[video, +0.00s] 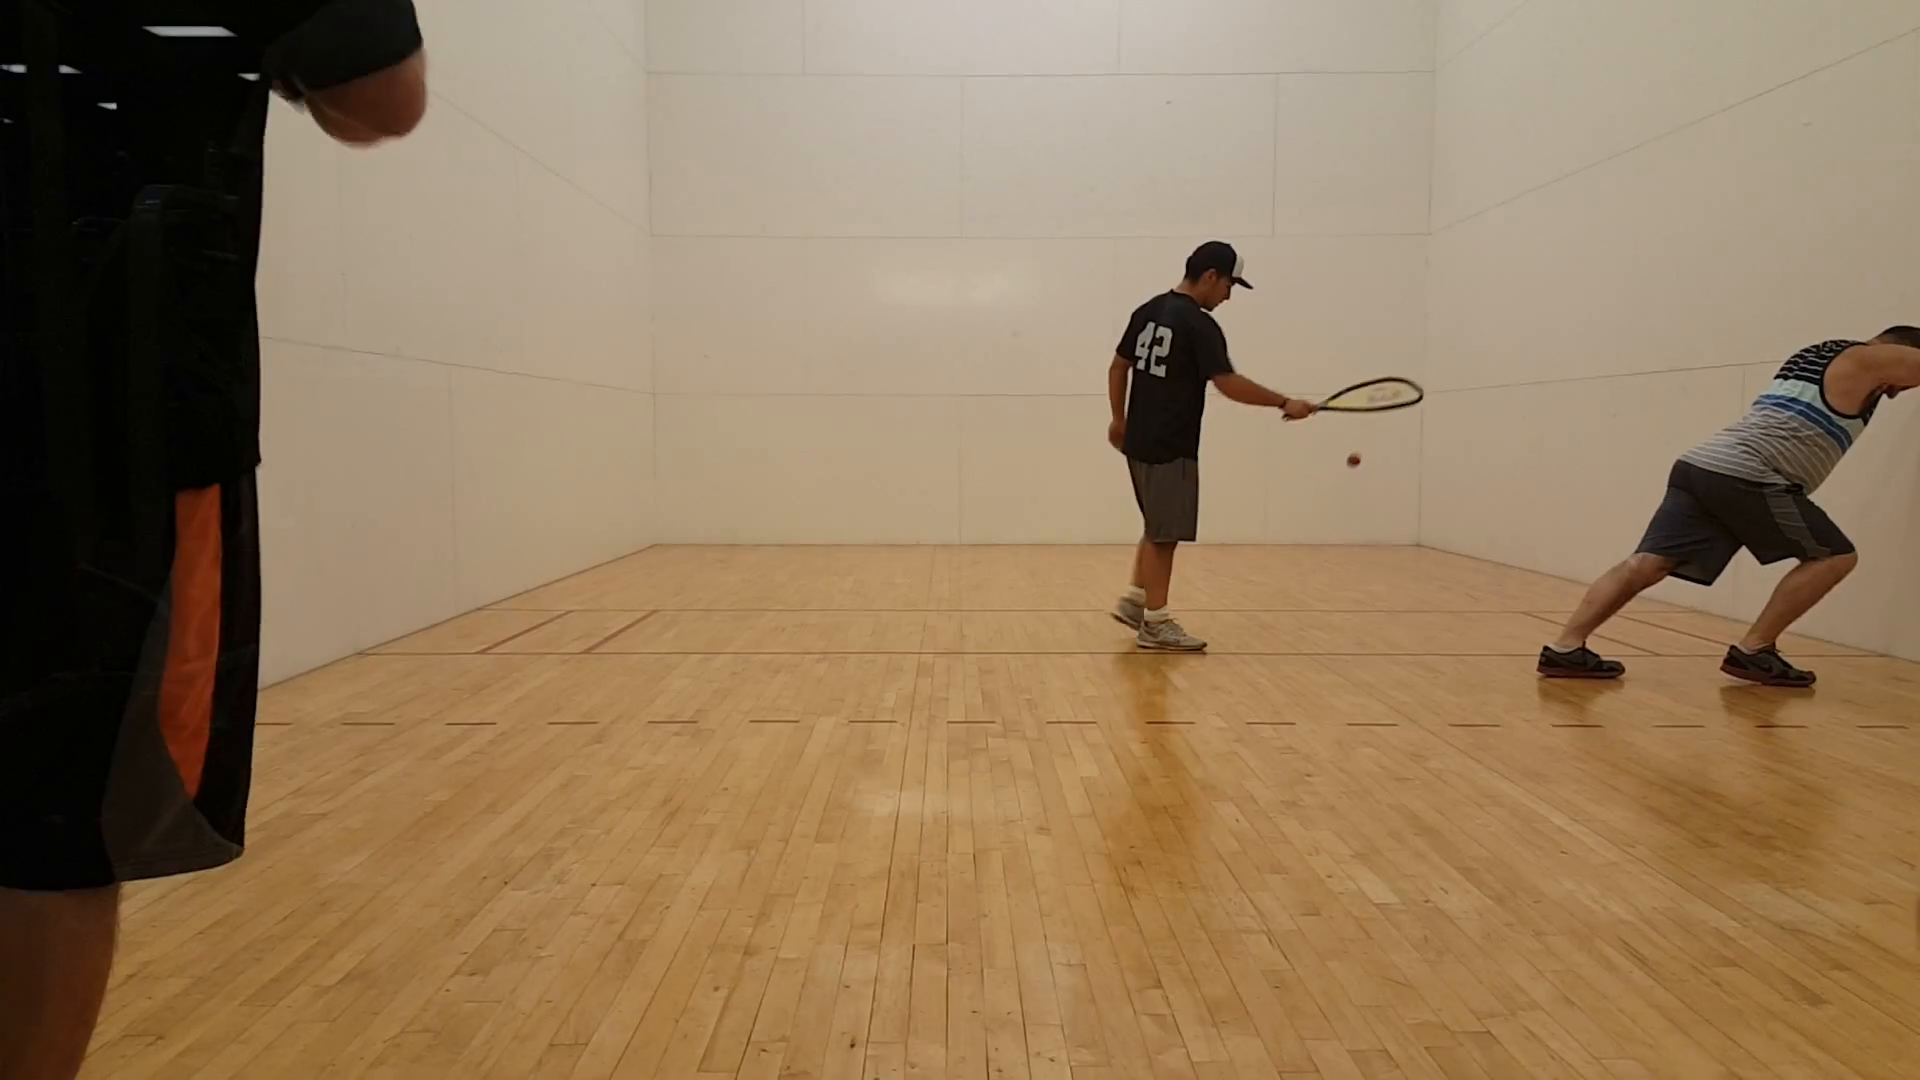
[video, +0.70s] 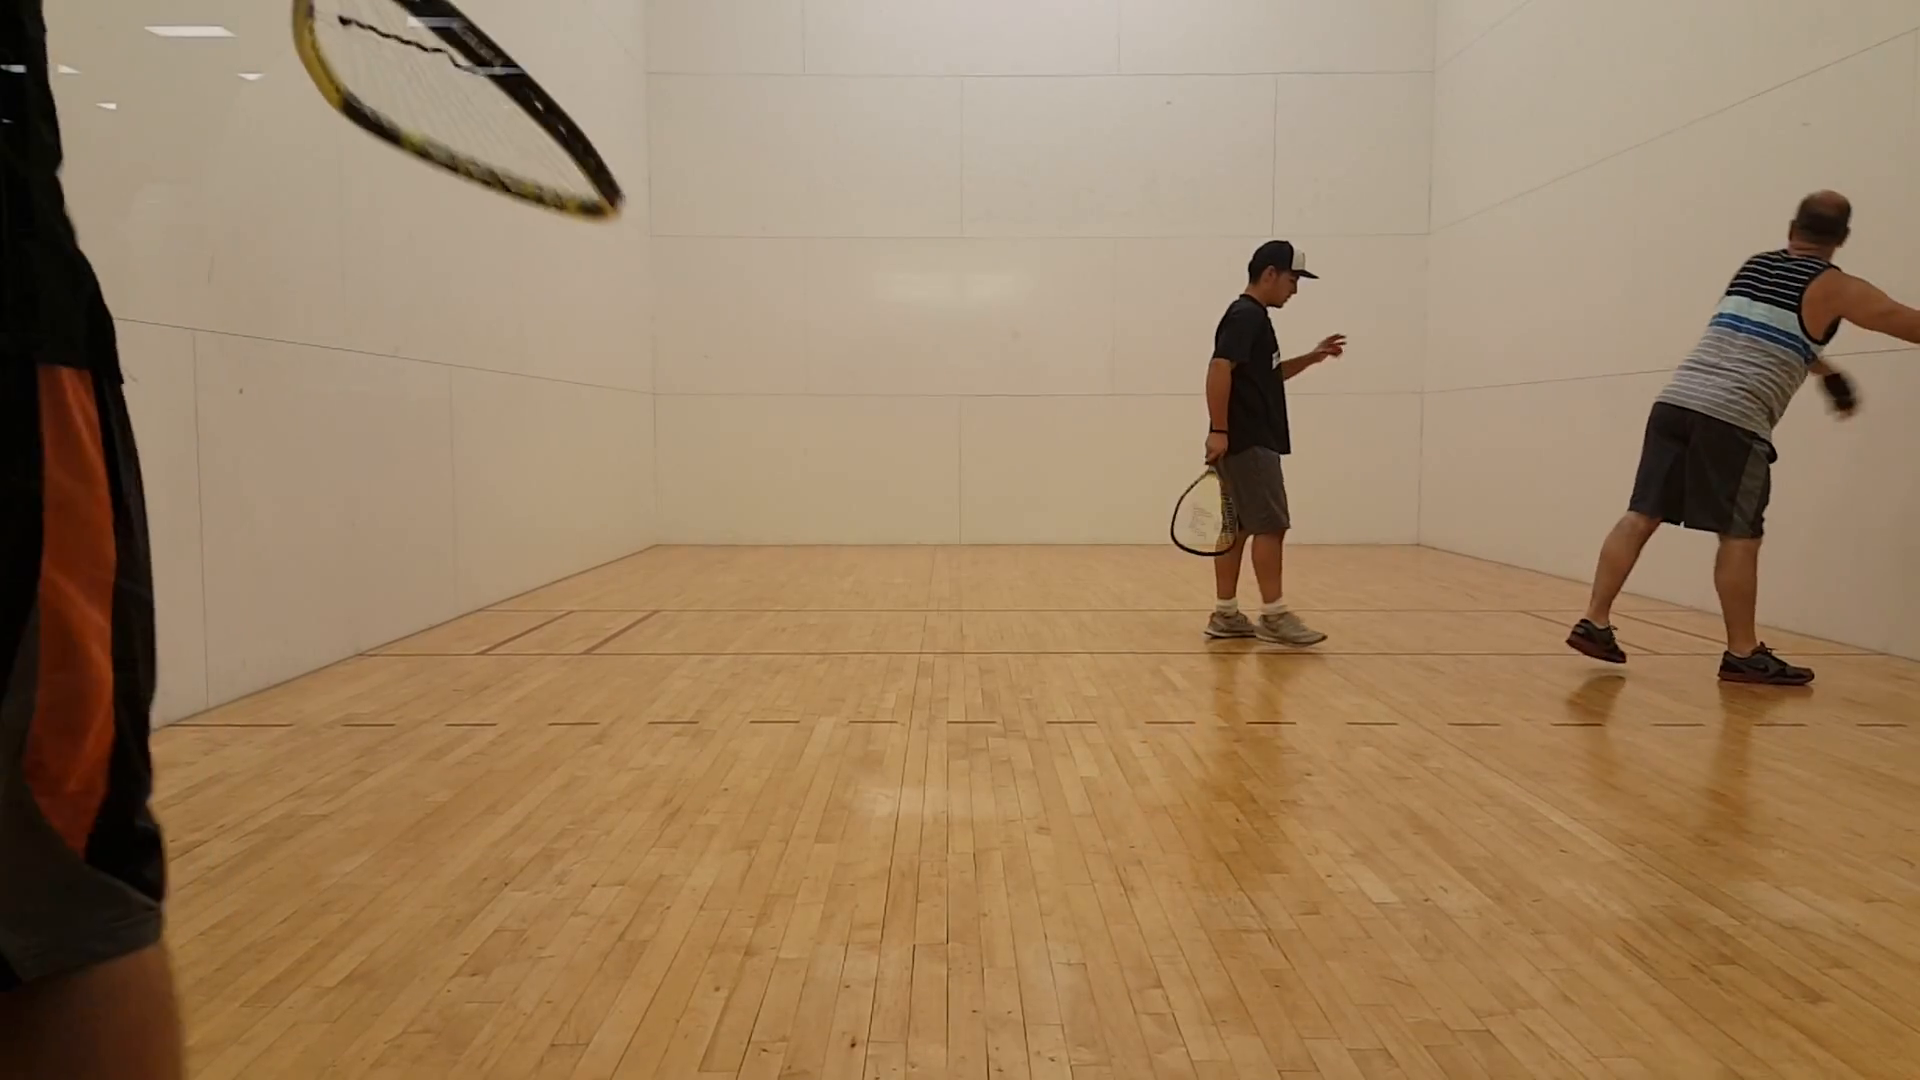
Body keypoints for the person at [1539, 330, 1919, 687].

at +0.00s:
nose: (1902, 389)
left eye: (1907, 380)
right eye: (1907, 376)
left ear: (1884, 345)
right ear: (1896, 352)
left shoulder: (1815, 355)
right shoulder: (1870, 358)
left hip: (1699, 467)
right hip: (1751, 477)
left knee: (1646, 564)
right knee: (1834, 557)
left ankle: (1564, 647)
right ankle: (1754, 648)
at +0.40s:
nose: (1906, 347)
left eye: (1908, 341)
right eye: (1907, 340)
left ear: (1866, 317)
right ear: (1894, 331)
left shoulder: (1807, 342)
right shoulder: (1862, 347)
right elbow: (1918, 353)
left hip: (1696, 457)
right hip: (1752, 466)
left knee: (1646, 557)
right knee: (1821, 555)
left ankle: (1566, 644)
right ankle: (1750, 653)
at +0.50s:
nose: (1892, 308)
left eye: (1893, 301)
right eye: (1893, 301)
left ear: (1842, 281)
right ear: (1886, 298)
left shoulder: (1797, 311)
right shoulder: (1860, 325)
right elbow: (1918, 342)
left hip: (1685, 434)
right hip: (1745, 445)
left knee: (1642, 536)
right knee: (1798, 545)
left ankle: (1573, 633)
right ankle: (1747, 653)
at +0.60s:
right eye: (1865, 260)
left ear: (1818, 246)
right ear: (1865, 261)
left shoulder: (1777, 281)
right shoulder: (1849, 299)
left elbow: (1837, 337)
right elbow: (1914, 321)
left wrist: (1900, 353)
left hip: (1679, 412)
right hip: (1739, 427)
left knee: (1641, 520)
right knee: (1766, 536)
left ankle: (1585, 622)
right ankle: (1746, 652)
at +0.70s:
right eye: (1842, 234)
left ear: (1793, 226)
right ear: (1842, 238)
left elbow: (1775, 332)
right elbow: (1910, 325)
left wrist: (1826, 373)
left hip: (1674, 406)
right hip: (1734, 425)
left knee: (1640, 516)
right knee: (1740, 538)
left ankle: (1593, 622)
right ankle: (1742, 652)